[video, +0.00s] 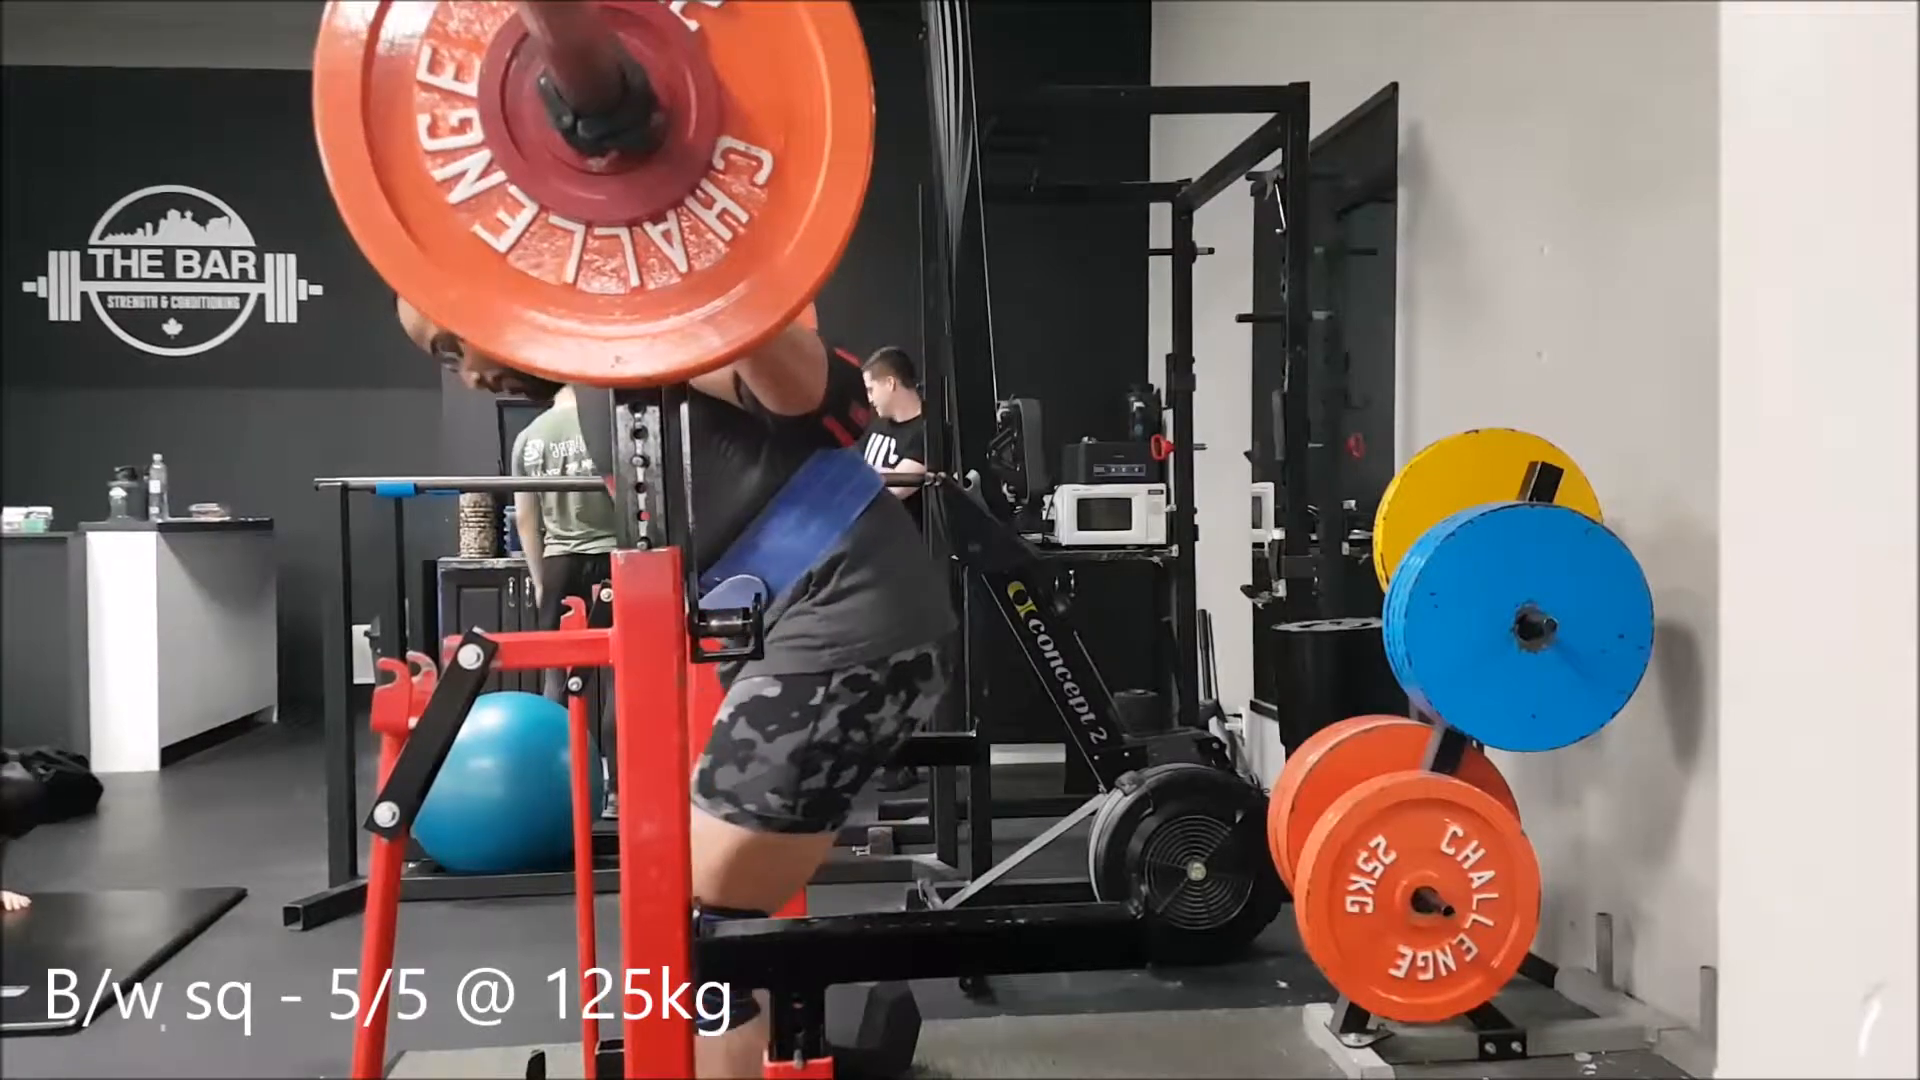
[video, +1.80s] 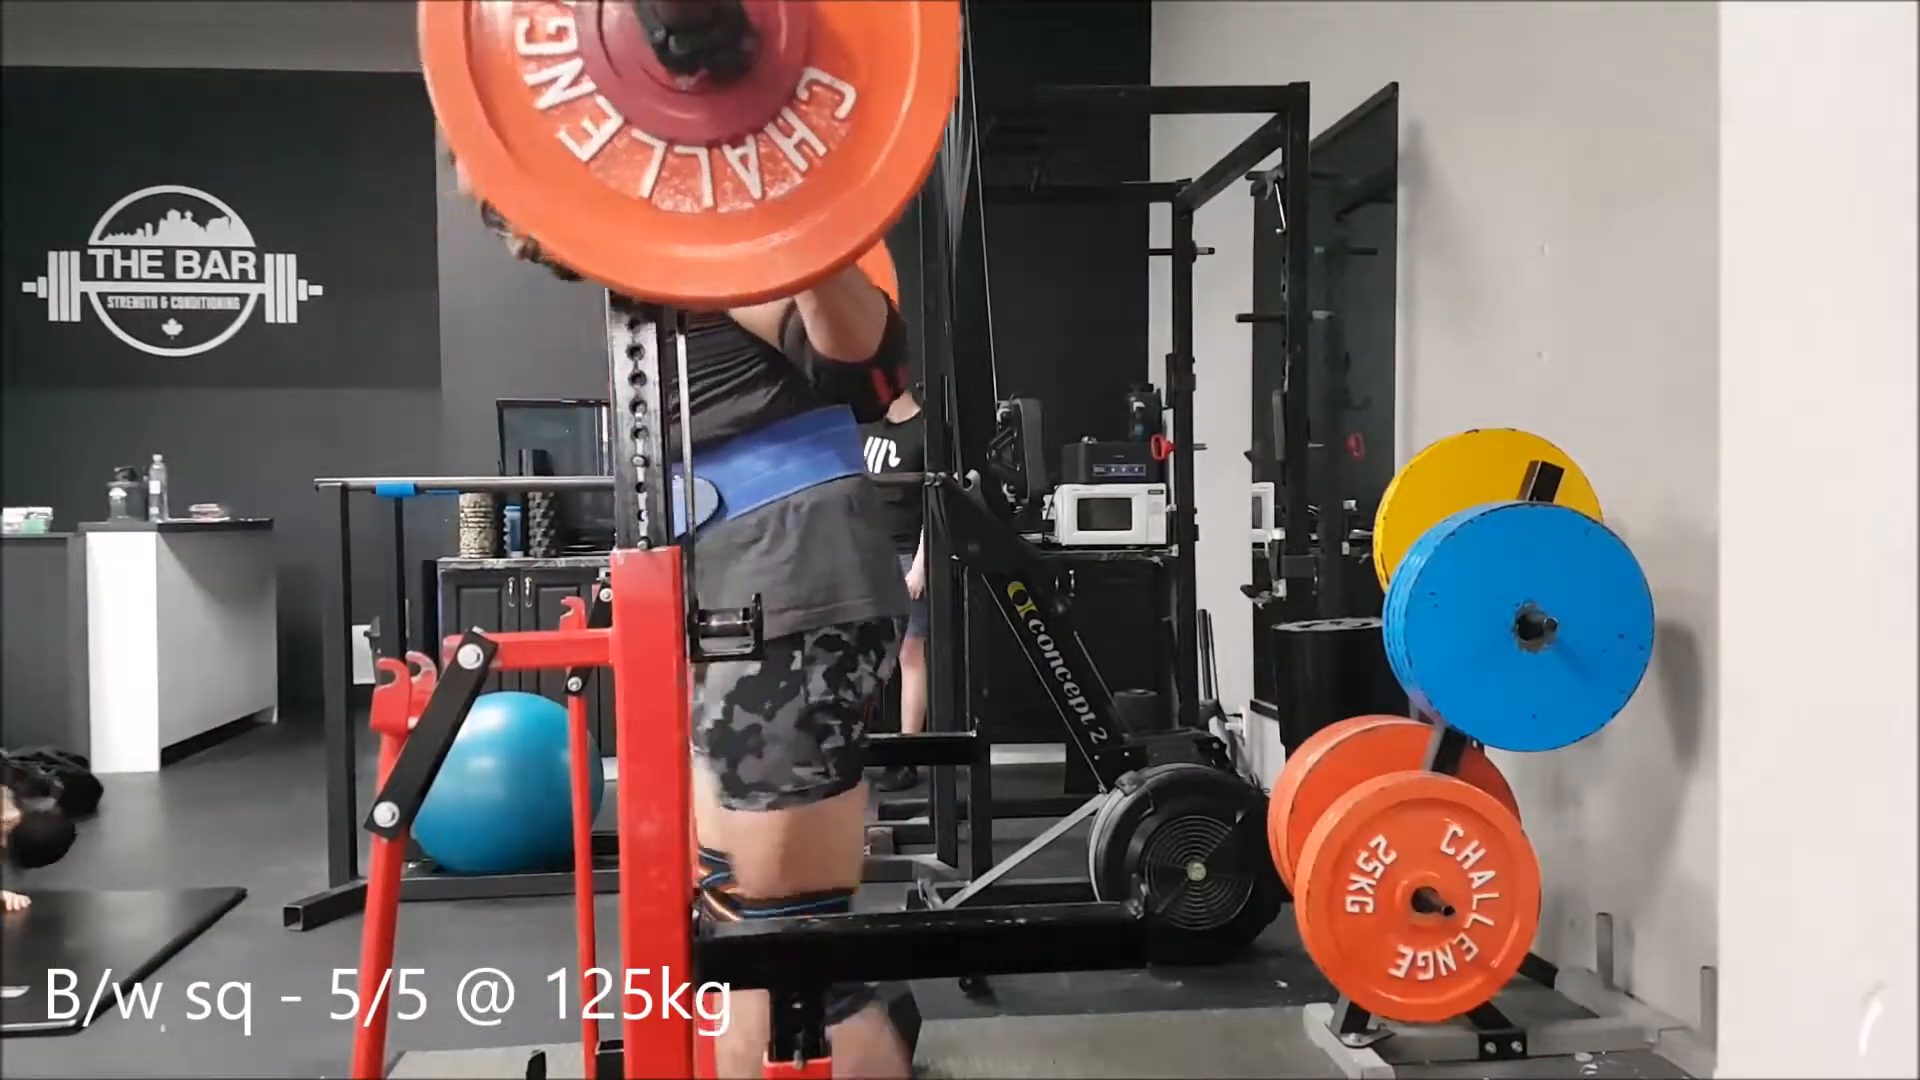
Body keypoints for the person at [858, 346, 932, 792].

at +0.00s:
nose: (869, 396)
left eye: (872, 386)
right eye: (867, 388)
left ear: (894, 383)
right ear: (892, 385)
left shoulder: (927, 429)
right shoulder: (880, 428)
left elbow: (908, 485)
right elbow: (856, 473)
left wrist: (859, 477)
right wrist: (896, 480)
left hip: (924, 550)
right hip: (882, 548)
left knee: (923, 650)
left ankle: (913, 757)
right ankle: (890, 756)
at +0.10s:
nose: (866, 400)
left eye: (868, 390)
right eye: (864, 392)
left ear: (888, 385)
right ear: (886, 387)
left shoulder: (926, 430)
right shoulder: (876, 429)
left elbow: (899, 489)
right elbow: (846, 471)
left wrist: (854, 475)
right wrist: (887, 479)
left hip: (917, 553)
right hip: (881, 550)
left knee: (917, 649)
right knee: (888, 649)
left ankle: (913, 745)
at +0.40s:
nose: (862, 404)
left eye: (863, 394)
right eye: (860, 395)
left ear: (883, 388)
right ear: (882, 388)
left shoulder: (926, 427)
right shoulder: (877, 430)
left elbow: (898, 488)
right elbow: (869, 489)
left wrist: (860, 458)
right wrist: (838, 523)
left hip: (907, 553)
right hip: (865, 553)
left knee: (908, 651)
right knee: (853, 653)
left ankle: (908, 755)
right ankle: (846, 754)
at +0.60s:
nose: (858, 399)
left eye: (861, 389)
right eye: (856, 390)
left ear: (882, 383)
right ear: (879, 384)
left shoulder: (927, 426)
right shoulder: (874, 429)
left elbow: (915, 495)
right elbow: (867, 486)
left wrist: (856, 499)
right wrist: (842, 514)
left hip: (906, 553)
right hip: (863, 552)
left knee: (907, 650)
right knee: (855, 651)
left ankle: (907, 755)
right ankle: (843, 755)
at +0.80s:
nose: (857, 396)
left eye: (859, 386)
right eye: (855, 387)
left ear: (881, 382)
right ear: (879, 383)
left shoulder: (926, 427)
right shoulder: (873, 430)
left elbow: (930, 499)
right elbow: (862, 492)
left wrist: (890, 549)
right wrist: (825, 529)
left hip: (906, 556)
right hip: (861, 553)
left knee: (907, 652)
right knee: (856, 649)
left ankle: (908, 756)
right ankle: (844, 753)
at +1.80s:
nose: (874, 382)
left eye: (880, 373)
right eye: (871, 374)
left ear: (899, 376)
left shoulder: (927, 428)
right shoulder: (867, 425)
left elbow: (939, 502)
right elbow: (856, 491)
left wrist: (921, 562)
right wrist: (849, 543)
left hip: (909, 552)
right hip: (868, 549)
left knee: (910, 652)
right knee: (867, 651)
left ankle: (907, 754)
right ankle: (857, 747)